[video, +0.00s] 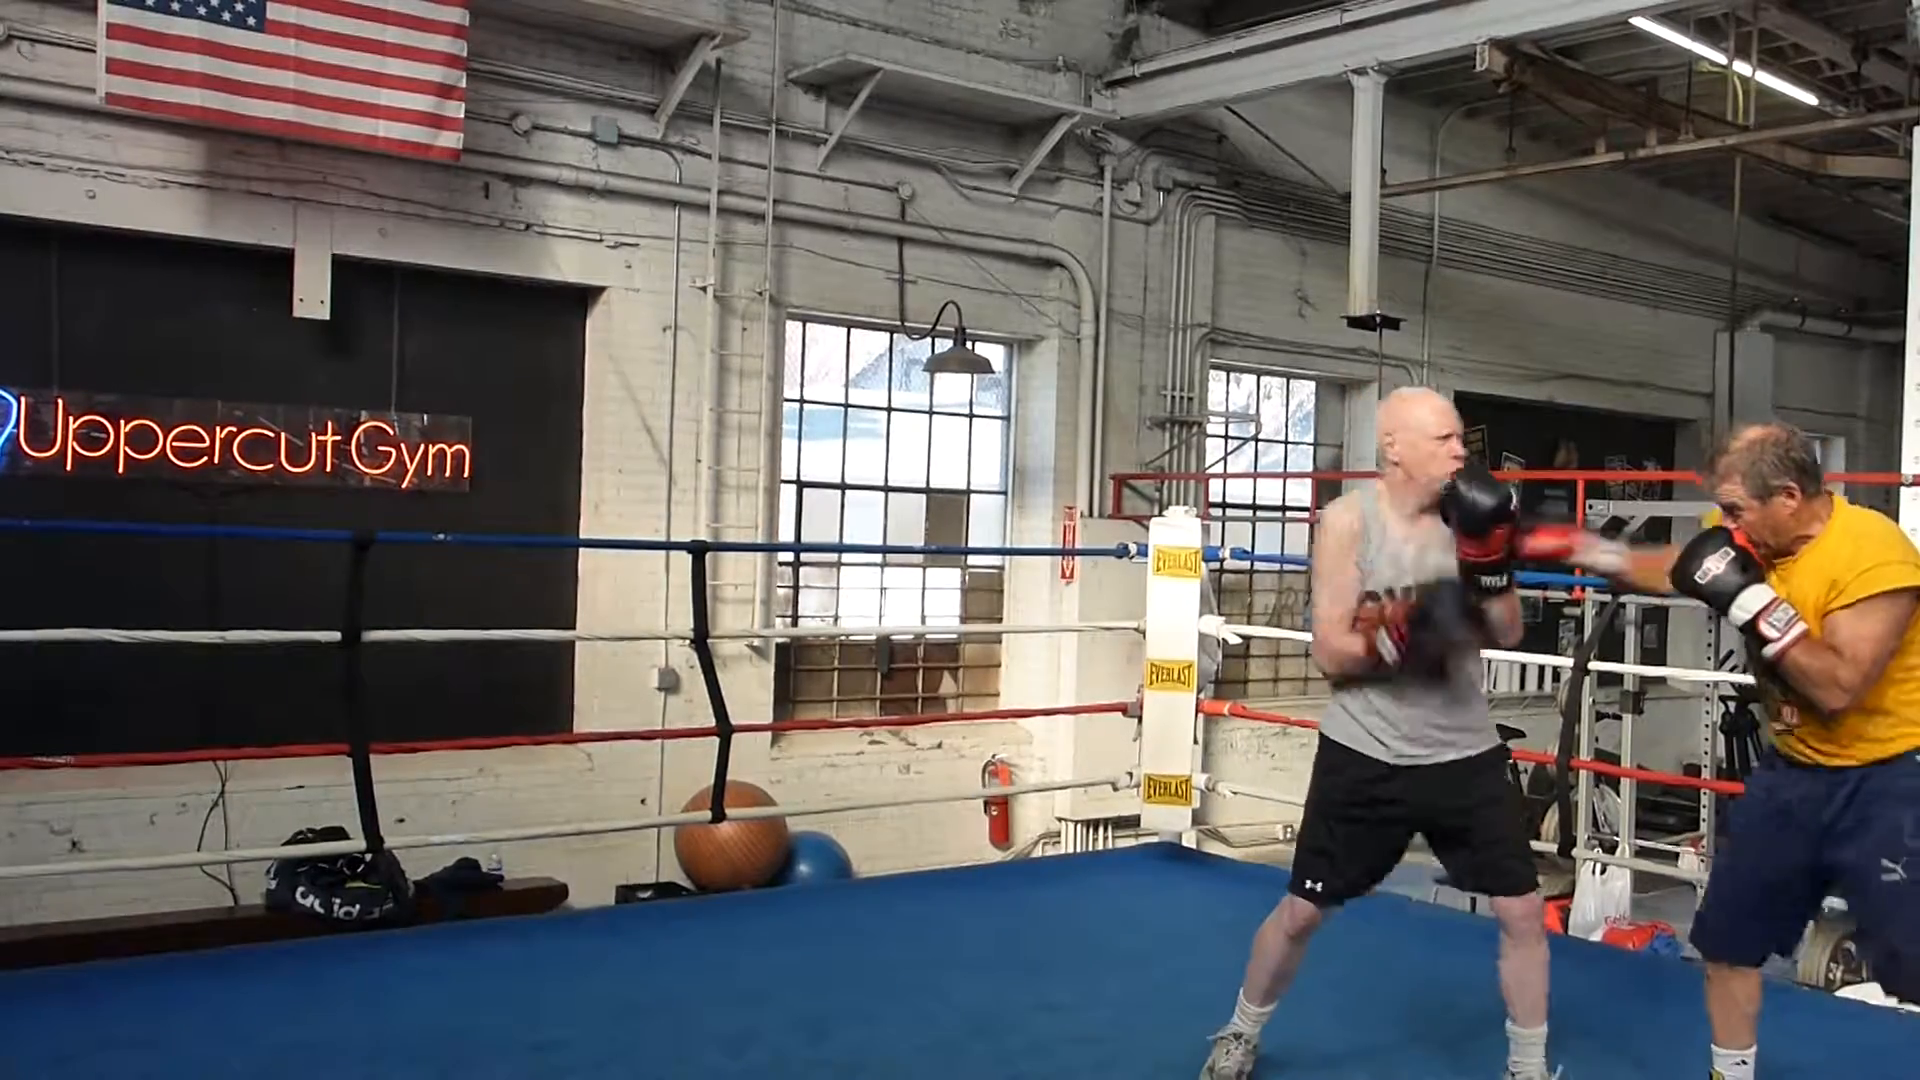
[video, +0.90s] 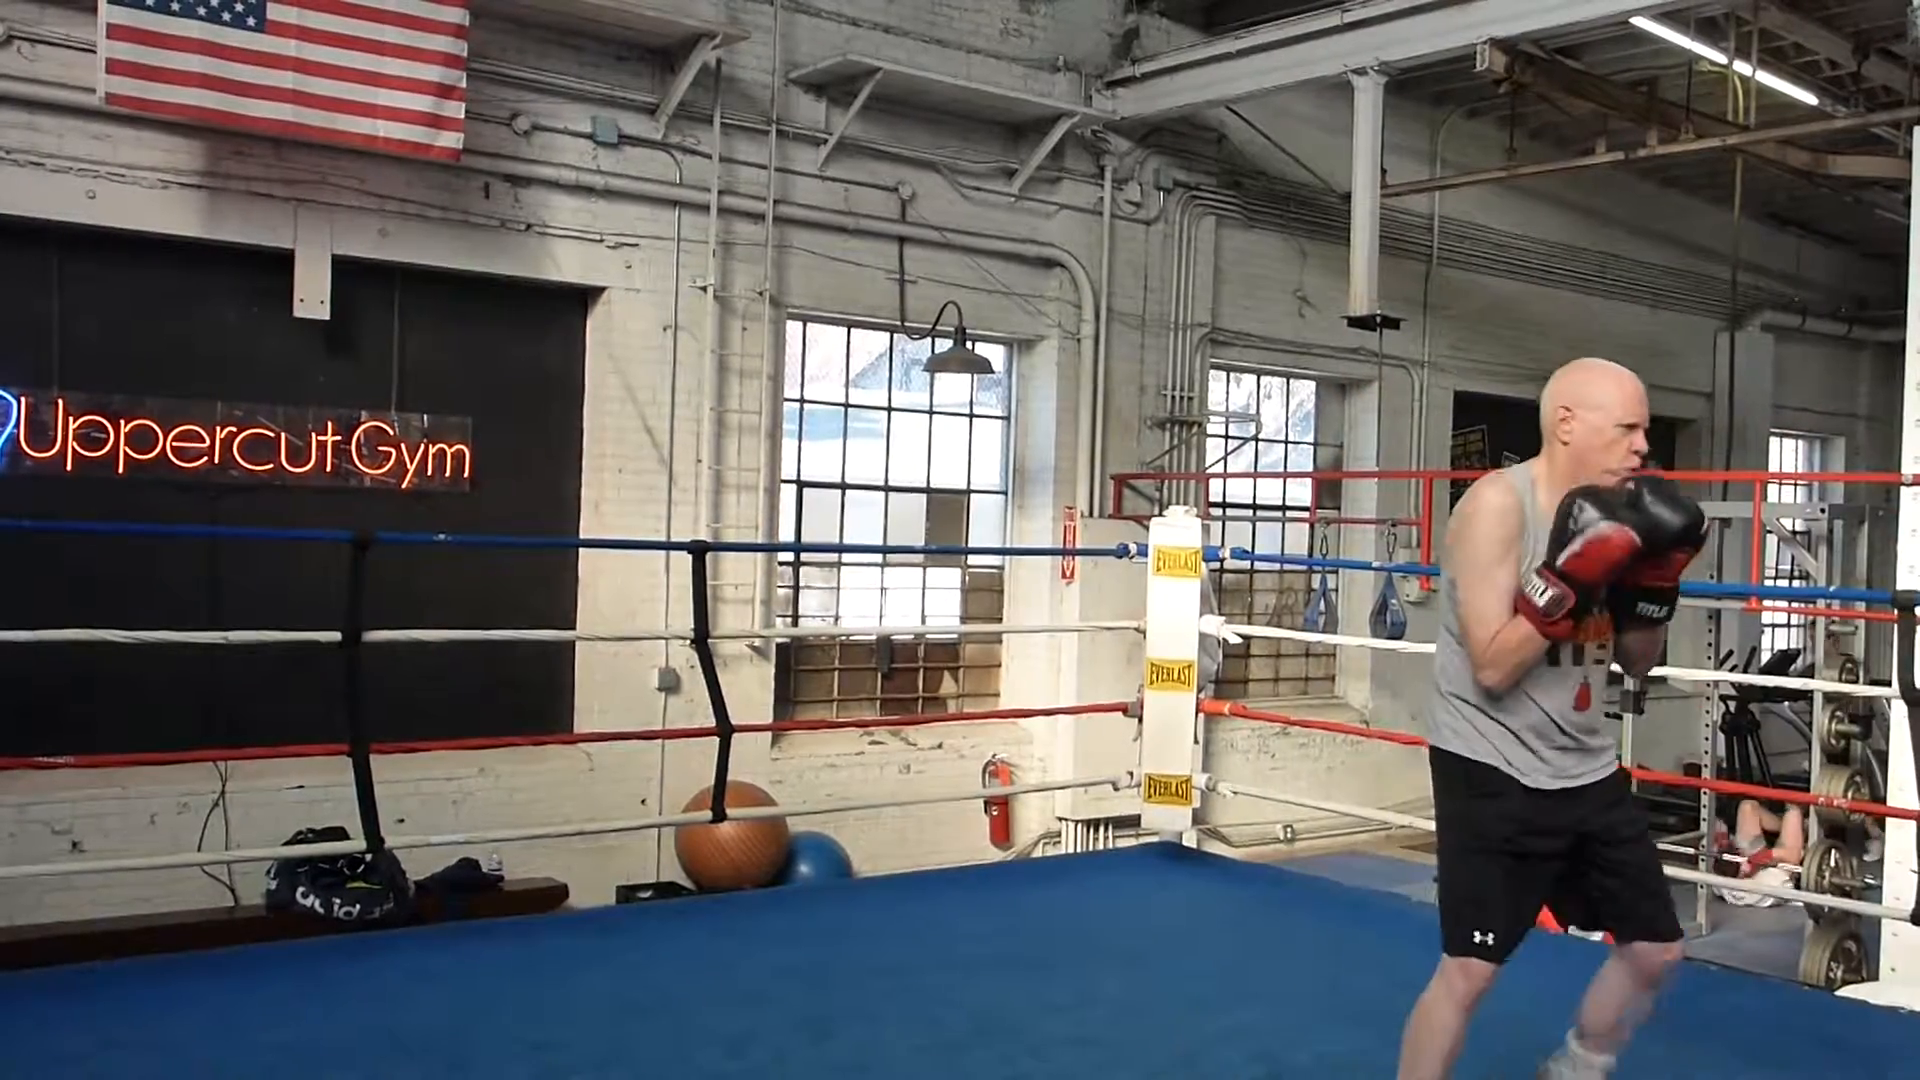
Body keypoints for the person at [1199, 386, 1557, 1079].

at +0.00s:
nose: (1459, 451)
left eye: (1460, 438)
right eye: (1443, 440)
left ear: (1461, 443)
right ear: (1394, 449)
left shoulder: (1471, 518)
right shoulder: (1346, 521)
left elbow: (1508, 633)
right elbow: (1332, 653)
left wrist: (1492, 558)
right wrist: (1391, 640)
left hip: (1466, 755)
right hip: (1363, 754)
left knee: (1523, 910)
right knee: (1304, 910)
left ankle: (1530, 1071)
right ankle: (1240, 1039)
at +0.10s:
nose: (1512, 460)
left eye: (1510, 446)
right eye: (1497, 446)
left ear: (1480, 456)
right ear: (1444, 455)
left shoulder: (1501, 523)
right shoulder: (1394, 524)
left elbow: (1528, 643)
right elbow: (1407, 667)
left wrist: (1502, 597)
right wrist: (1500, 665)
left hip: (1478, 758)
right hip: (1386, 759)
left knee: (1541, 909)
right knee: (1319, 919)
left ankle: (1527, 1071)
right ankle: (1241, 1039)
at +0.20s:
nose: (1567, 462)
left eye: (1564, 447)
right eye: (1552, 448)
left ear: (1502, 460)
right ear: (1501, 457)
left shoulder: (1482, 519)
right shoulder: (1485, 527)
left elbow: (1507, 639)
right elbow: (1586, 646)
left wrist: (1565, 573)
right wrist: (1682, 630)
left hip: (1488, 765)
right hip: (1412, 764)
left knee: (1549, 905)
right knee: (1334, 915)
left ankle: (1528, 1071)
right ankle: (1234, 1027)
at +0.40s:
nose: (1659, 464)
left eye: (1655, 449)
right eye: (1644, 451)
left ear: (1583, 460)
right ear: (1590, 459)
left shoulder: (1529, 502)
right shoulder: (1597, 530)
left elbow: (1544, 623)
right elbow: (1673, 673)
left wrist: (1618, 608)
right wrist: (1765, 705)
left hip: (1514, 757)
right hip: (1451, 749)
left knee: (1552, 911)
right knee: (1372, 916)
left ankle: (1525, 1070)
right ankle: (1215, 1017)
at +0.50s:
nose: (1689, 465)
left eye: (1686, 450)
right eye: (1674, 451)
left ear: (1615, 455)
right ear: (1616, 454)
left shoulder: (1573, 504)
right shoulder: (1592, 521)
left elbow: (1570, 647)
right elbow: (1575, 674)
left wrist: (1637, 594)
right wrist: (1662, 726)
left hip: (1528, 751)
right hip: (1461, 734)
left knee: (1555, 915)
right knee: (1392, 913)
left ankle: (1526, 1071)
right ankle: (1261, 1062)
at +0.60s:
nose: (1687, 462)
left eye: (1687, 447)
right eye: (1673, 444)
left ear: (1623, 448)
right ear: (1613, 443)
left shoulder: (1623, 535)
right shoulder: (1554, 505)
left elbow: (1605, 667)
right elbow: (1484, 636)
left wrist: (1647, 599)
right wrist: (1577, 696)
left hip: (1545, 743)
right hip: (1467, 728)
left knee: (1563, 927)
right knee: (1420, 919)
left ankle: (1528, 1071)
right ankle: (1340, 1072)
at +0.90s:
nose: (1642, 447)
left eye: (1644, 432)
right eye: (1626, 429)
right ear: (1567, 424)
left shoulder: (1615, 511)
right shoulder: (1494, 503)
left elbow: (1638, 663)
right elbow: (1492, 668)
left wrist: (1654, 583)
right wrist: (1570, 578)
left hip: (1585, 760)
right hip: (1489, 760)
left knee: (1653, 952)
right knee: (1472, 965)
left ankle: (1577, 1070)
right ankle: (1416, 1075)